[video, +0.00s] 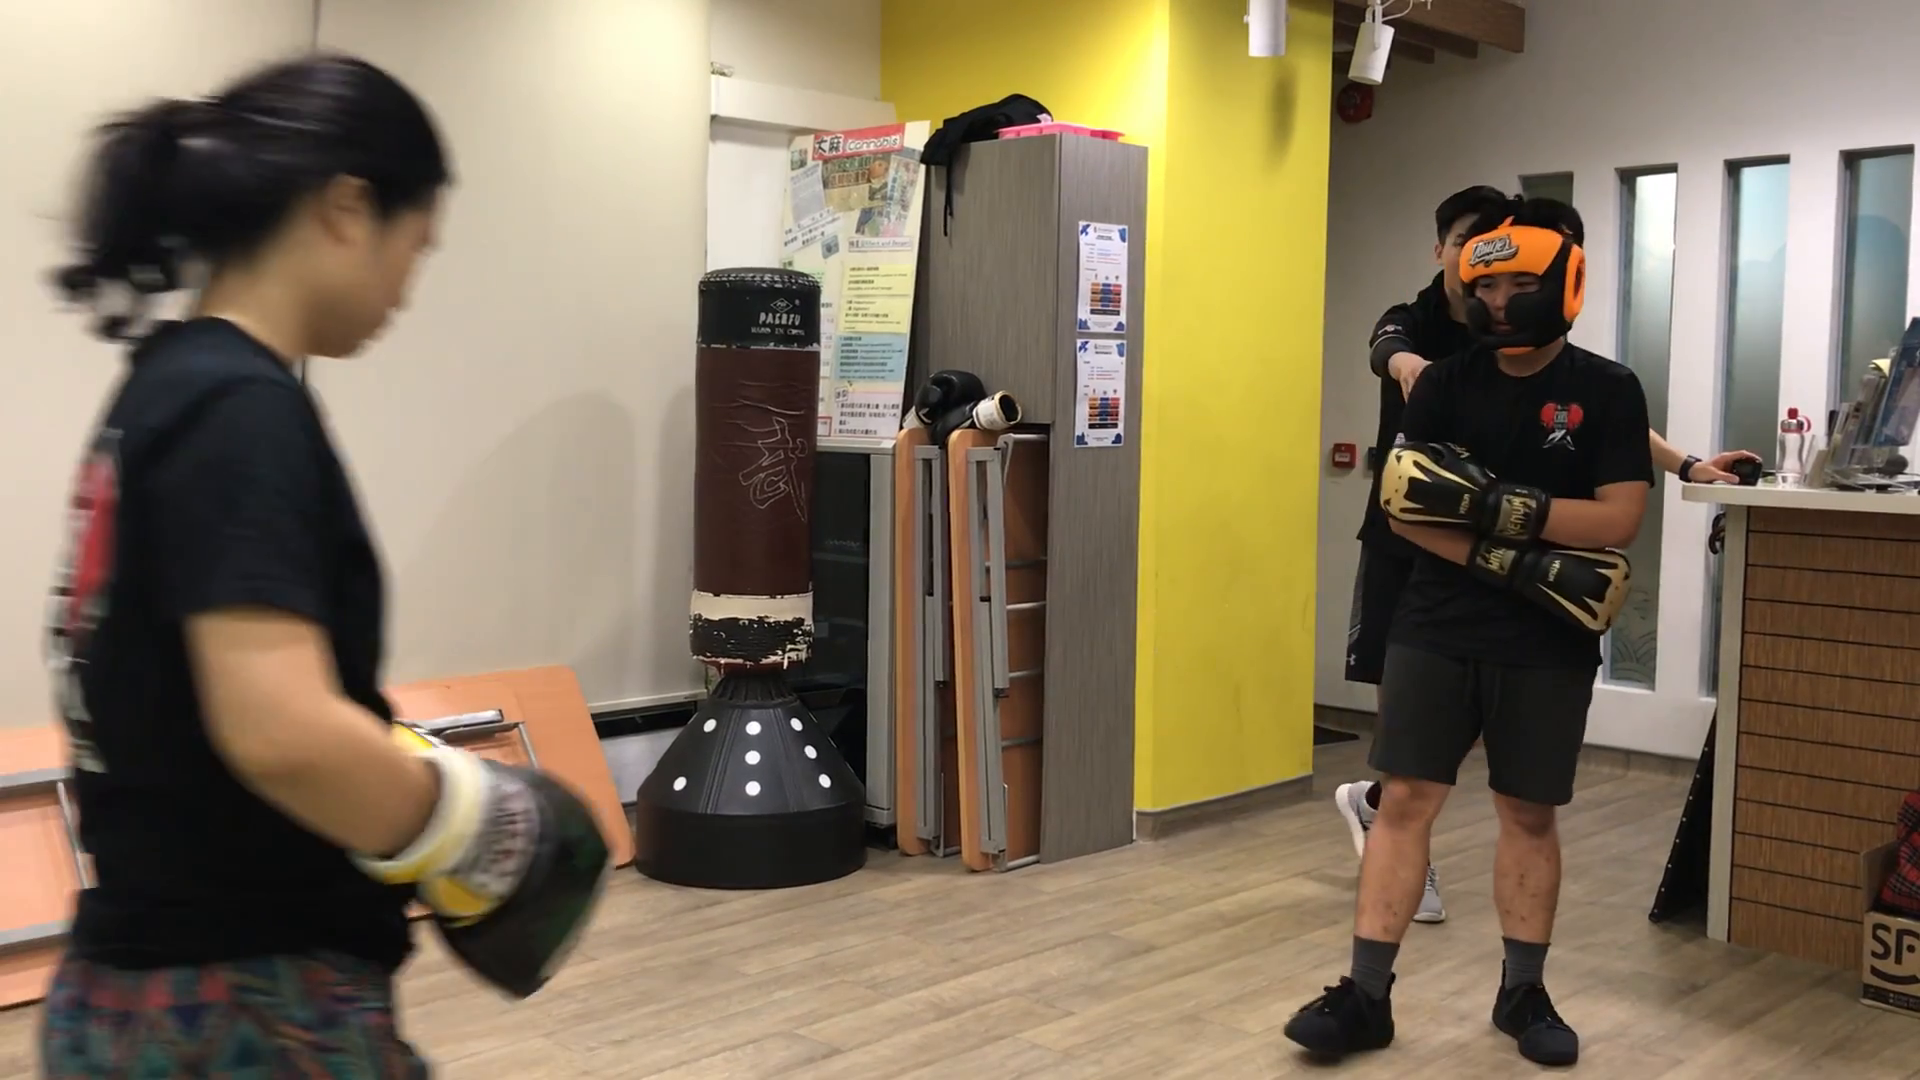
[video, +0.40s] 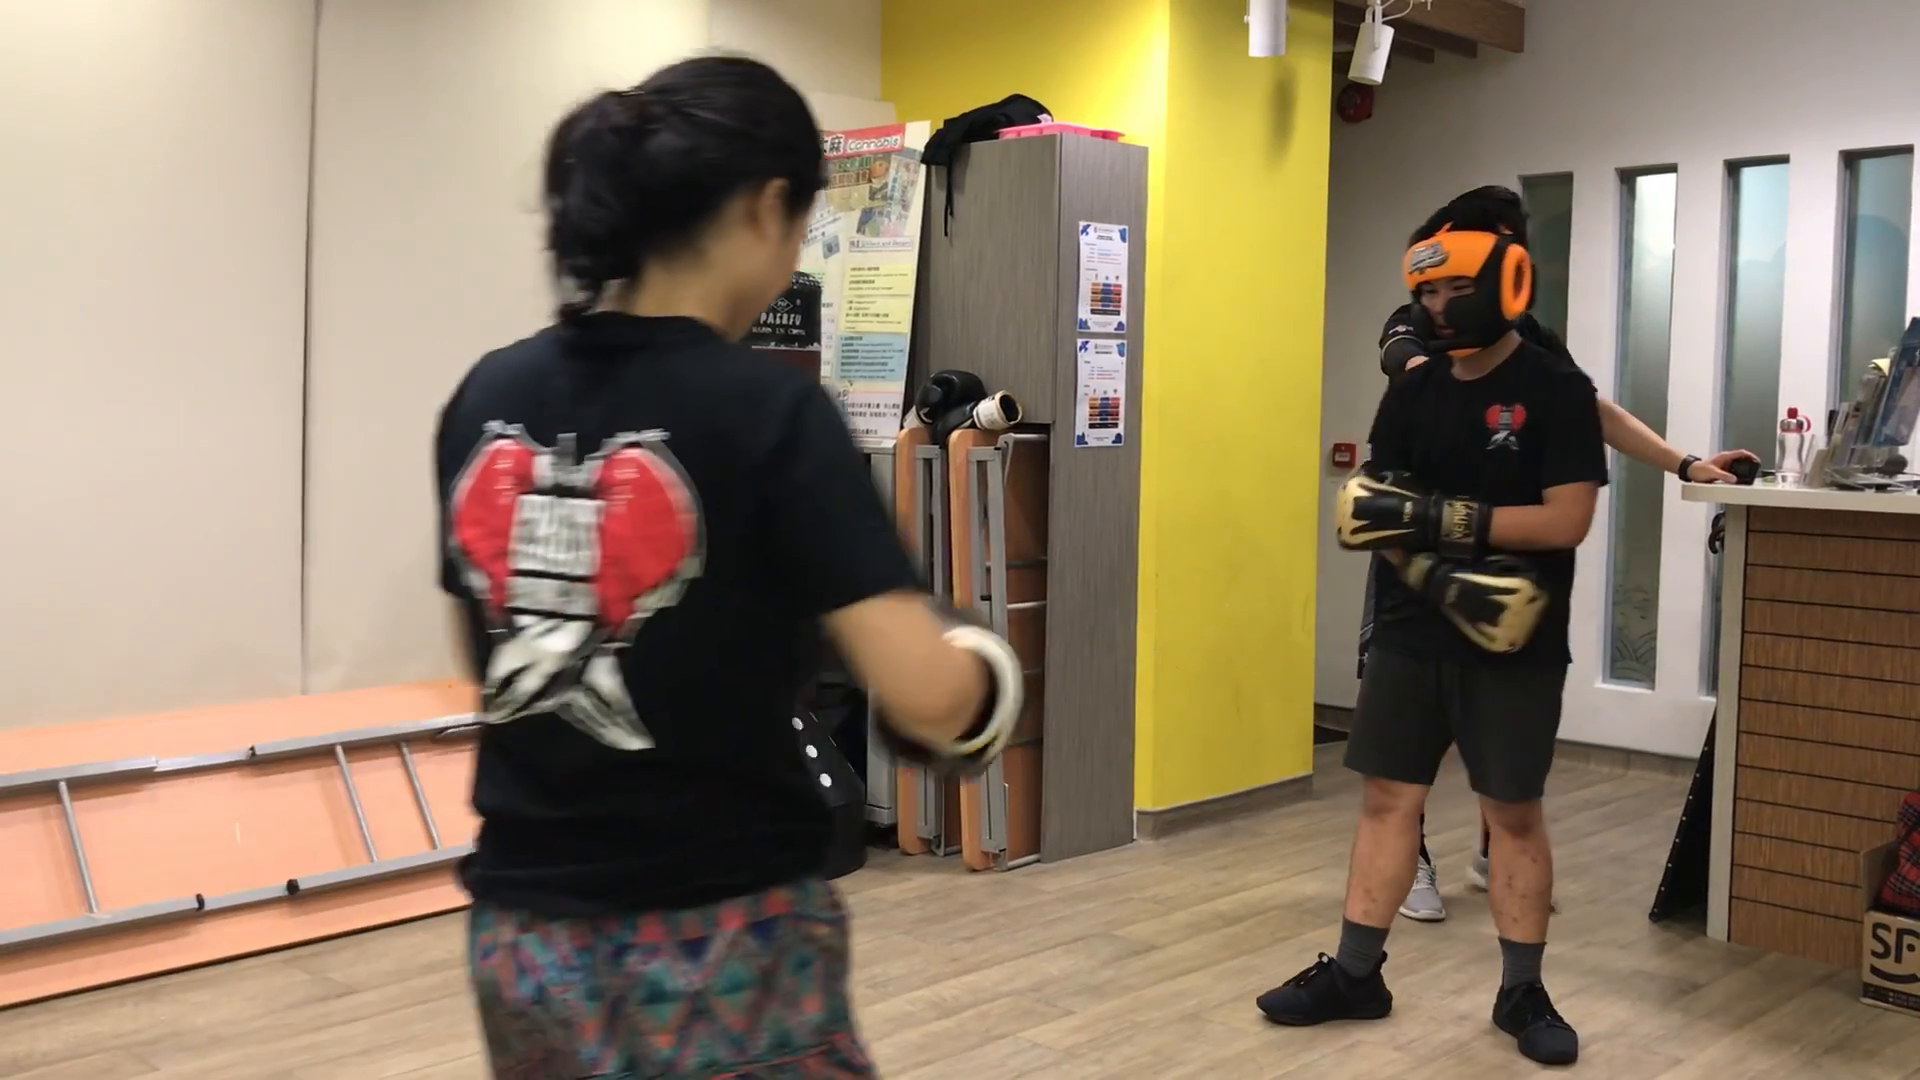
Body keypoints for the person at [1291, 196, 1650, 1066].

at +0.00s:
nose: (1497, 302)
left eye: (1516, 284)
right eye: (1484, 287)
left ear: (1562, 287)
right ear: (1465, 297)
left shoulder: (1608, 390)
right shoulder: (1445, 383)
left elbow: (1620, 519)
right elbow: (1404, 507)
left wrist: (1495, 507)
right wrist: (1530, 566)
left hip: (1545, 641)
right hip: (1436, 628)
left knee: (1529, 812)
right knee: (1404, 798)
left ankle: (1523, 994)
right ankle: (1365, 994)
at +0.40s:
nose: (1435, 306)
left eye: (1453, 289)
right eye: (1427, 291)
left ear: (1507, 286)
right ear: (1419, 298)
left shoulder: (1559, 392)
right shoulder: (1415, 387)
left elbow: (1568, 522)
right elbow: (1370, 507)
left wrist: (1440, 517)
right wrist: (1437, 579)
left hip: (1514, 639)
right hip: (1410, 629)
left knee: (1514, 814)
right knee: (1388, 794)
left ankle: (1522, 989)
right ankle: (1356, 970)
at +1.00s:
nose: (1289, 315)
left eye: (1304, 294)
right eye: (1275, 301)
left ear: (1354, 287)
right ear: (1264, 307)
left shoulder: (1409, 385)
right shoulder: (1273, 397)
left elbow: (1440, 509)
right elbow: (1248, 501)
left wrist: (1342, 497)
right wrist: (1207, 528)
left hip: (1400, 618)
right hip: (1314, 620)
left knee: (1387, 796)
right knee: (1332, 792)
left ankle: (1417, 996)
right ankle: (1349, 971)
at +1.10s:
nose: (1276, 317)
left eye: (1293, 297)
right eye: (1263, 302)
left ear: (1345, 289)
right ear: (1254, 305)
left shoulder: (1397, 385)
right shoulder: (1266, 395)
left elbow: (1418, 513)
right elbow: (1222, 510)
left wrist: (1335, 467)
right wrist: (1172, 491)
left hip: (1384, 619)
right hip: (1301, 620)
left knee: (1361, 802)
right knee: (1319, 797)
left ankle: (1359, 1000)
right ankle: (1339, 964)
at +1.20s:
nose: (1262, 318)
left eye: (1276, 298)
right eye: (1253, 303)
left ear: (1331, 290)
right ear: (1248, 304)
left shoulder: (1389, 386)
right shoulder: (1254, 387)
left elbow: (1392, 510)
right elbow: (1198, 500)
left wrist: (1327, 427)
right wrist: (1150, 436)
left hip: (1369, 623)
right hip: (1288, 622)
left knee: (1333, 806)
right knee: (1314, 804)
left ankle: (1304, 1006)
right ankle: (1352, 967)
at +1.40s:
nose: (1278, 300)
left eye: (1297, 280)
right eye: (1263, 286)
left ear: (1338, 283)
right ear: (1245, 295)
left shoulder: (1381, 386)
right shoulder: (1242, 386)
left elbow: (1332, 482)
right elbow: (1179, 476)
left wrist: (1306, 365)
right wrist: (1162, 353)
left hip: (1338, 626)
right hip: (1259, 623)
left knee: (1304, 817)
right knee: (1291, 812)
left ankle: (1284, 1028)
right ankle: (1348, 969)